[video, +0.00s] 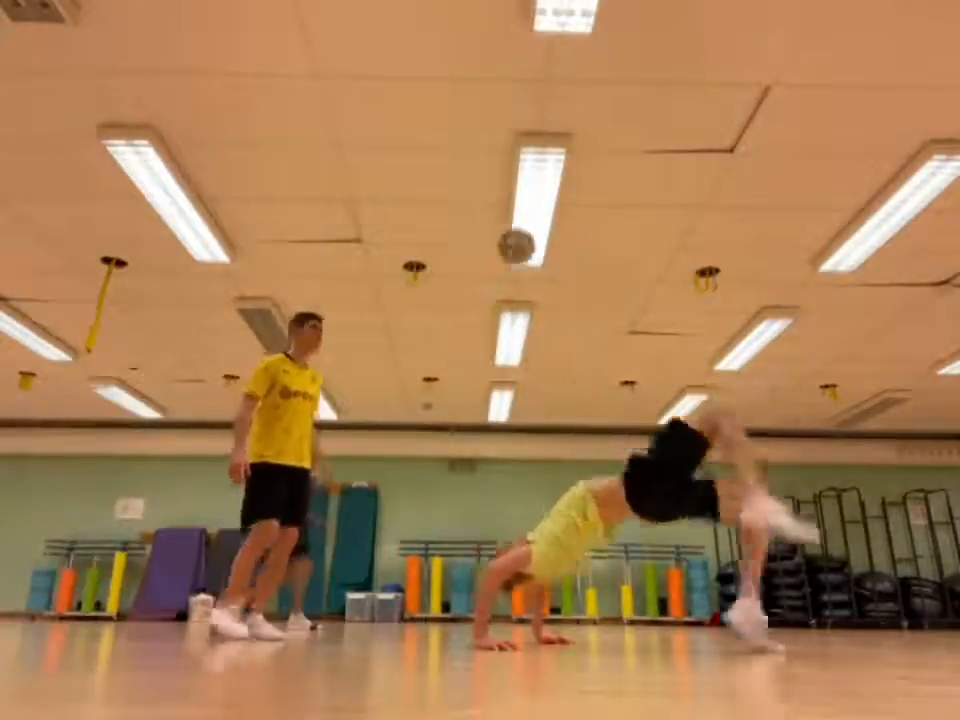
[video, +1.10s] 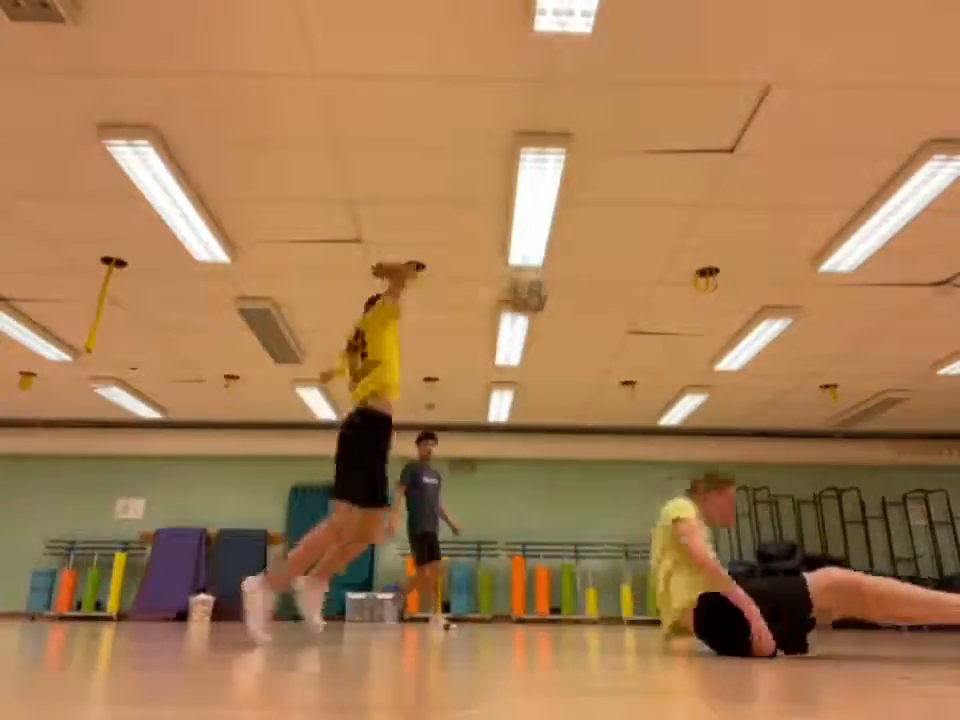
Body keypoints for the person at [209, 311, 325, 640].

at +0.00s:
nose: (319, 336)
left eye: (320, 331)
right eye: (313, 329)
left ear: (317, 339)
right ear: (295, 332)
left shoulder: (313, 378)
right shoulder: (272, 367)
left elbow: (309, 423)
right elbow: (246, 408)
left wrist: (314, 458)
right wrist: (238, 453)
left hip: (298, 463)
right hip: (267, 460)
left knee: (287, 537)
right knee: (264, 532)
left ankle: (256, 613)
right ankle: (228, 608)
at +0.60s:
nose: (357, 344)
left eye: (361, 339)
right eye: (354, 337)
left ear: (357, 341)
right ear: (337, 332)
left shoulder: (338, 375)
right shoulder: (307, 361)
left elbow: (319, 423)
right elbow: (274, 396)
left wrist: (340, 452)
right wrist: (276, 434)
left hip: (310, 464)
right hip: (286, 458)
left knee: (309, 535)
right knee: (285, 529)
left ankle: (274, 615)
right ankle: (245, 618)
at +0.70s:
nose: (358, 346)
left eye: (362, 340)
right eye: (355, 338)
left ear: (361, 345)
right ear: (338, 335)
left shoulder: (341, 380)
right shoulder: (317, 362)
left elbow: (328, 428)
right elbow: (293, 400)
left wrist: (338, 468)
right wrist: (305, 435)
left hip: (307, 463)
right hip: (284, 457)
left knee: (314, 537)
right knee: (295, 531)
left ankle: (274, 614)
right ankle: (249, 615)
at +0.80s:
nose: (359, 348)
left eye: (362, 343)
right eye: (353, 342)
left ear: (361, 349)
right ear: (336, 345)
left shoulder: (348, 387)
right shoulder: (323, 374)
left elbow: (345, 424)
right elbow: (319, 402)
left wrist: (362, 452)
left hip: (304, 465)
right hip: (286, 462)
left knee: (309, 545)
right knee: (317, 531)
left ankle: (275, 615)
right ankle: (260, 603)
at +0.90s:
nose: (364, 342)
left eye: (366, 337)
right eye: (358, 335)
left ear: (365, 340)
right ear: (341, 338)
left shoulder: (350, 384)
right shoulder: (334, 365)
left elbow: (372, 411)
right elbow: (370, 361)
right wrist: (405, 342)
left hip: (312, 462)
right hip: (298, 457)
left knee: (313, 543)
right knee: (322, 527)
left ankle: (278, 617)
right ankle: (252, 596)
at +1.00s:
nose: (376, 326)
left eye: (375, 321)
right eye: (371, 320)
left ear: (354, 321)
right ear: (358, 320)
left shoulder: (359, 350)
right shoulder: (352, 339)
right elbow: (393, 303)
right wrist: (402, 278)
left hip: (342, 449)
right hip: (329, 446)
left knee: (339, 539)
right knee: (314, 532)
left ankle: (279, 611)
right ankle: (234, 610)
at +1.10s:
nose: (403, 295)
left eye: (404, 289)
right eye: (398, 290)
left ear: (371, 303)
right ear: (384, 295)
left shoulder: (359, 337)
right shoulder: (379, 318)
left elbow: (339, 366)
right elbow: (398, 286)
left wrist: (328, 375)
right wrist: (392, 273)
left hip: (373, 431)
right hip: (365, 428)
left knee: (371, 530)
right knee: (344, 523)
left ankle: (315, 585)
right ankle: (265, 586)